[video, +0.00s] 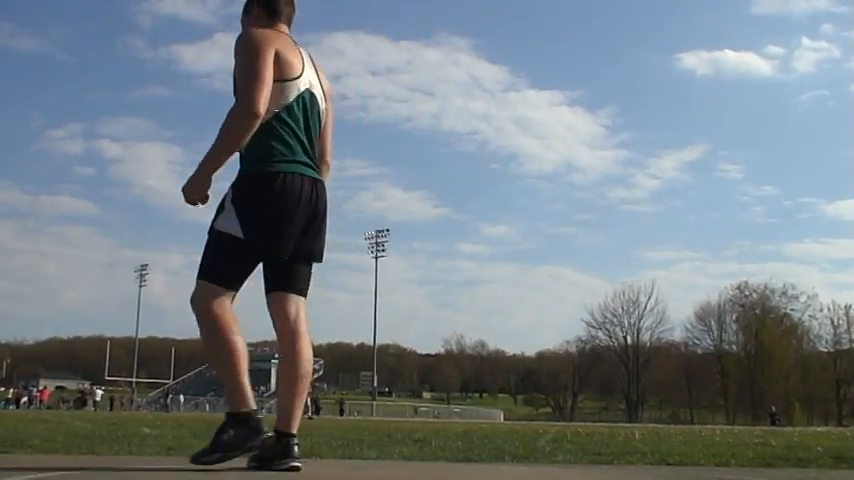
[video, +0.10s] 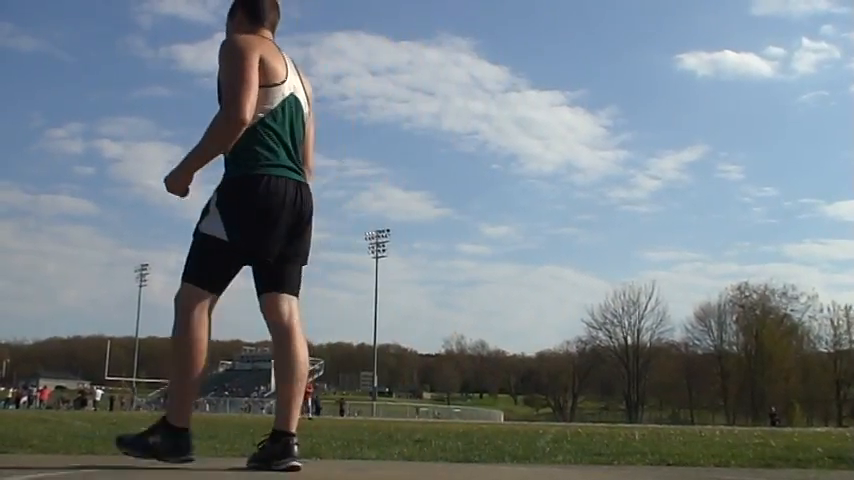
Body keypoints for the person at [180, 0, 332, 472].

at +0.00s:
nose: (243, 21)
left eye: (244, 15)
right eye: (244, 16)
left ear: (255, 10)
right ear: (289, 15)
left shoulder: (257, 37)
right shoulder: (316, 70)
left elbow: (253, 108)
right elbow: (324, 159)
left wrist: (204, 170)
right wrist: (306, 207)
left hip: (263, 186)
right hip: (310, 194)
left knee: (210, 298)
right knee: (291, 314)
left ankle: (242, 417)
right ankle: (286, 440)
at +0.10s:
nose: (227, 22)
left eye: (230, 15)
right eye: (230, 17)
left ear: (239, 14)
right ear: (272, 24)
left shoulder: (240, 44)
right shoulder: (299, 76)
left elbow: (238, 115)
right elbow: (306, 161)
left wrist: (187, 167)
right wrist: (295, 211)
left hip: (248, 189)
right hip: (296, 197)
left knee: (193, 302)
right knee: (285, 315)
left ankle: (174, 430)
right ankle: (284, 441)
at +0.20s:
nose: (208, 37)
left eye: (209, 28)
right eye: (210, 29)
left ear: (218, 24)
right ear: (254, 30)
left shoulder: (223, 52)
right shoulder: (281, 83)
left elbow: (216, 124)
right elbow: (285, 163)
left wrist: (162, 161)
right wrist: (273, 207)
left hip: (229, 197)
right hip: (278, 203)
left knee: (174, 315)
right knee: (275, 319)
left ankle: (121, 422)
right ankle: (284, 440)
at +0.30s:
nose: (184, 41)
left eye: (186, 33)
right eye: (186, 33)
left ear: (195, 28)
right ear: (228, 34)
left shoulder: (198, 59)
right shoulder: (260, 89)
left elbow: (183, 133)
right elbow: (261, 172)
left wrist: (135, 146)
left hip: (204, 205)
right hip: (255, 209)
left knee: (146, 311)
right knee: (257, 317)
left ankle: (101, 425)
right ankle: (281, 435)